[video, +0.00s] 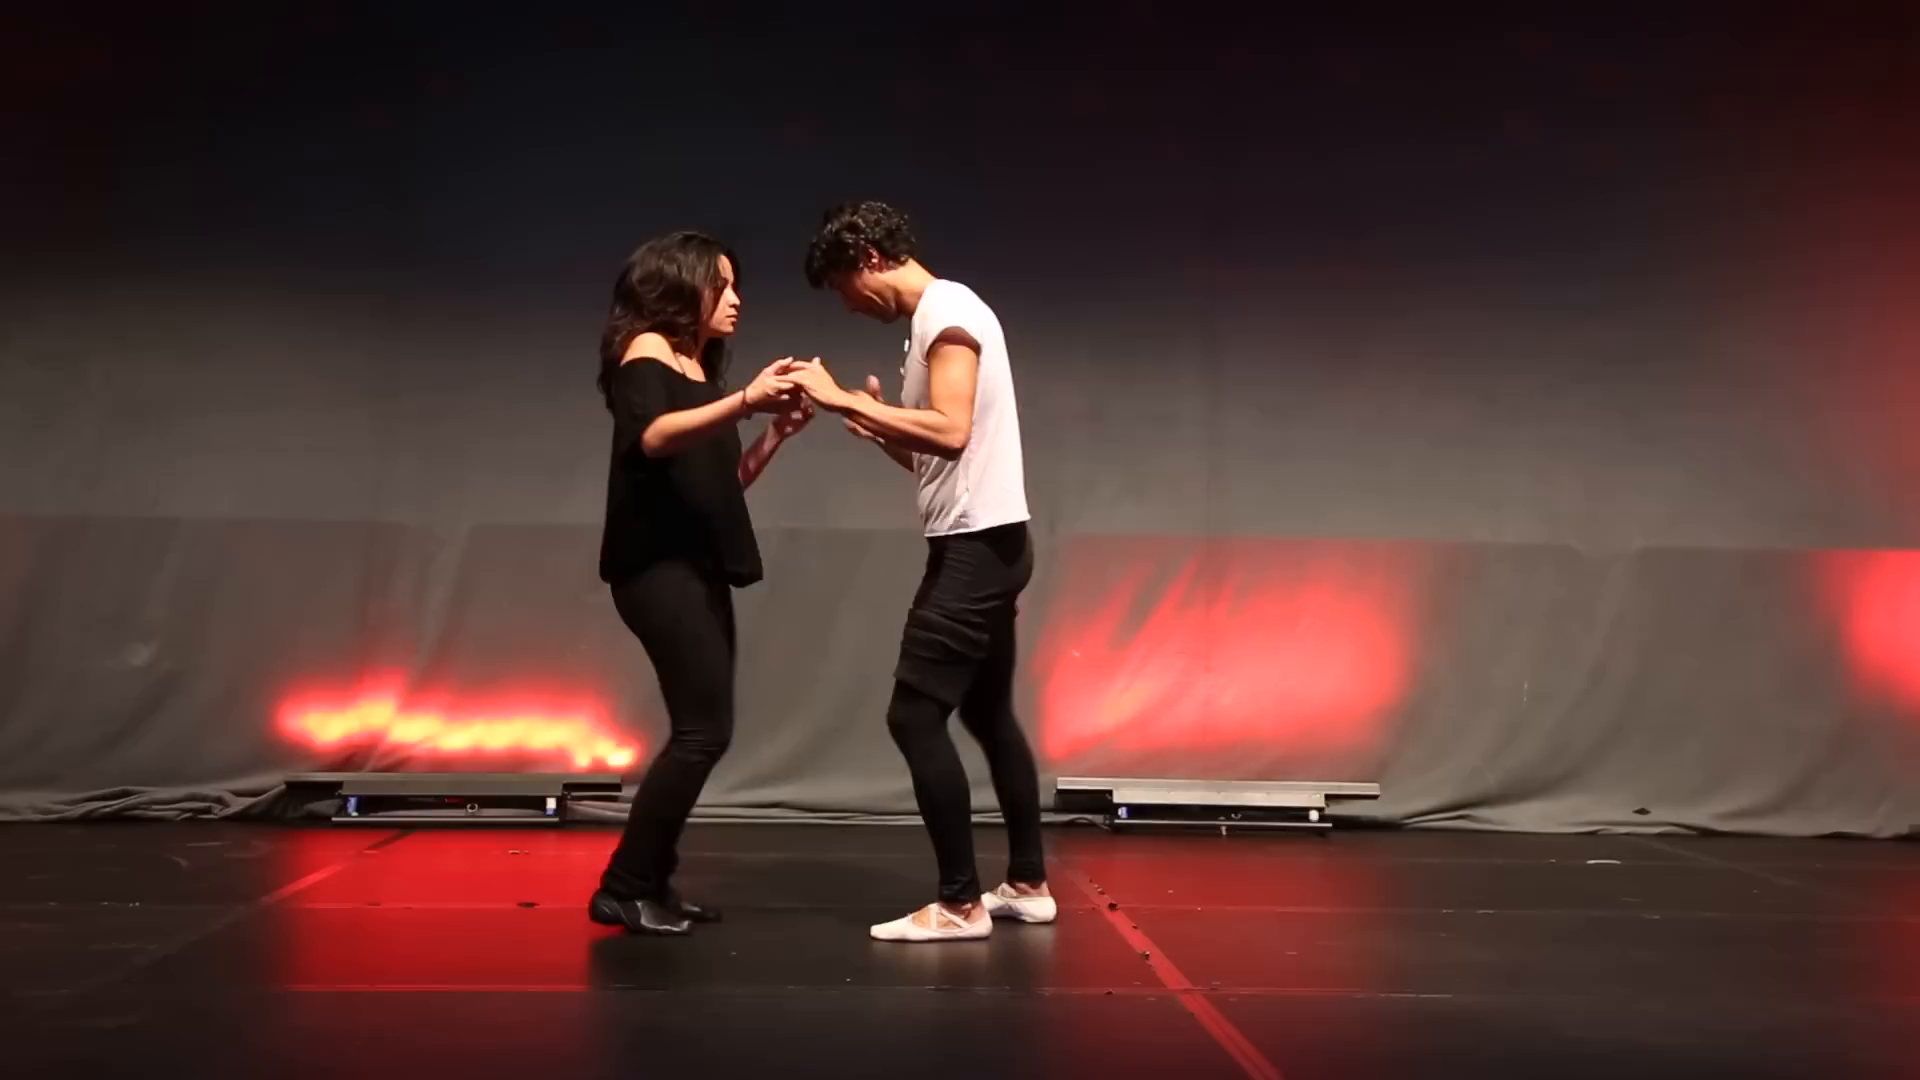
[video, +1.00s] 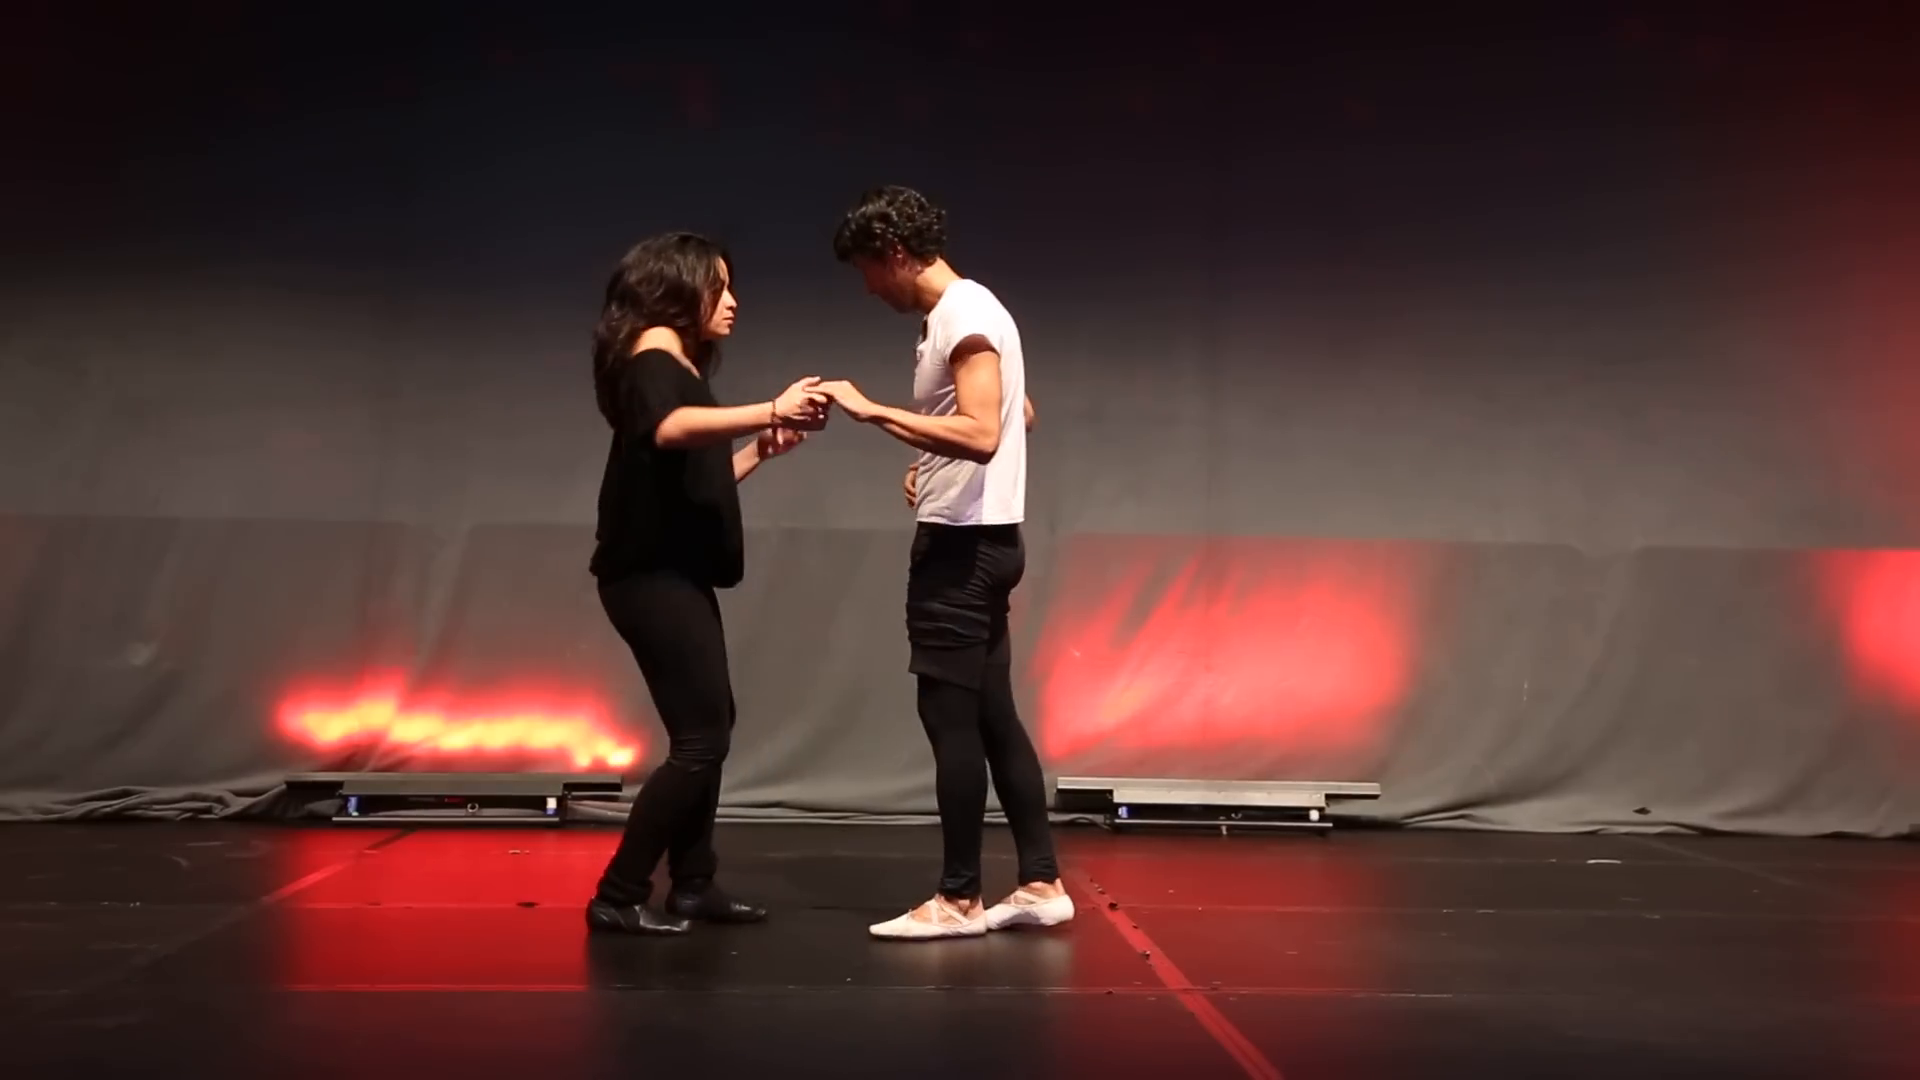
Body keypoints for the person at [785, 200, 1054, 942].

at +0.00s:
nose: (853, 309)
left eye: (846, 292)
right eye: (845, 296)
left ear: (870, 262)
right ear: (881, 262)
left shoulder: (947, 309)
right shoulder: (939, 319)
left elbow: (951, 428)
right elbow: (930, 457)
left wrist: (850, 398)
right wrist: (868, 417)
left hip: (975, 543)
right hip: (984, 539)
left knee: (915, 717)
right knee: (990, 713)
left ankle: (960, 904)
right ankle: (1028, 883)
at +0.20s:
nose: (855, 308)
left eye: (850, 292)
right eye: (847, 295)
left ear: (876, 265)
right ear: (884, 267)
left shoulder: (957, 318)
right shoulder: (930, 332)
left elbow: (968, 439)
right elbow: (927, 441)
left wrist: (864, 412)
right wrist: (892, 454)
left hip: (972, 545)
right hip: (958, 544)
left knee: (909, 719)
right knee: (927, 717)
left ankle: (960, 905)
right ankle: (1024, 862)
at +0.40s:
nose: (856, 304)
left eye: (853, 287)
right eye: (849, 291)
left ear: (882, 262)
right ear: (886, 266)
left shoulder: (965, 318)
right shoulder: (926, 332)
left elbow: (993, 443)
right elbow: (945, 445)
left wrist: (880, 435)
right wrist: (905, 487)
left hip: (969, 543)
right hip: (939, 540)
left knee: (919, 717)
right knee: (929, 720)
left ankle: (960, 900)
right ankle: (1028, 871)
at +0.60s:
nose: (862, 300)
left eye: (858, 283)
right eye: (855, 286)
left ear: (889, 261)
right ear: (895, 263)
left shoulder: (970, 316)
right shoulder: (934, 328)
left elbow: (995, 438)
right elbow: (952, 439)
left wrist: (884, 426)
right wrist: (910, 482)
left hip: (968, 540)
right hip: (946, 537)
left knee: (906, 708)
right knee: (960, 719)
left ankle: (954, 890)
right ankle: (1037, 878)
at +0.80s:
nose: (863, 290)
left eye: (862, 273)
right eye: (857, 275)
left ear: (892, 255)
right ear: (902, 256)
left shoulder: (972, 313)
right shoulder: (938, 322)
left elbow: (986, 431)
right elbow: (957, 432)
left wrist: (882, 407)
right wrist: (918, 476)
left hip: (969, 538)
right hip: (960, 534)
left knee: (943, 710)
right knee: (986, 708)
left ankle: (959, 898)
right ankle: (1042, 879)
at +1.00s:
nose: (868, 288)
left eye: (867, 271)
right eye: (863, 273)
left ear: (897, 255)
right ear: (914, 253)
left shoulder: (963, 314)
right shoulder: (976, 309)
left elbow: (981, 432)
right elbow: (1020, 412)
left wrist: (875, 410)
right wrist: (939, 468)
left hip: (959, 543)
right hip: (984, 541)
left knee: (949, 716)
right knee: (994, 711)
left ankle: (959, 897)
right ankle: (1042, 882)